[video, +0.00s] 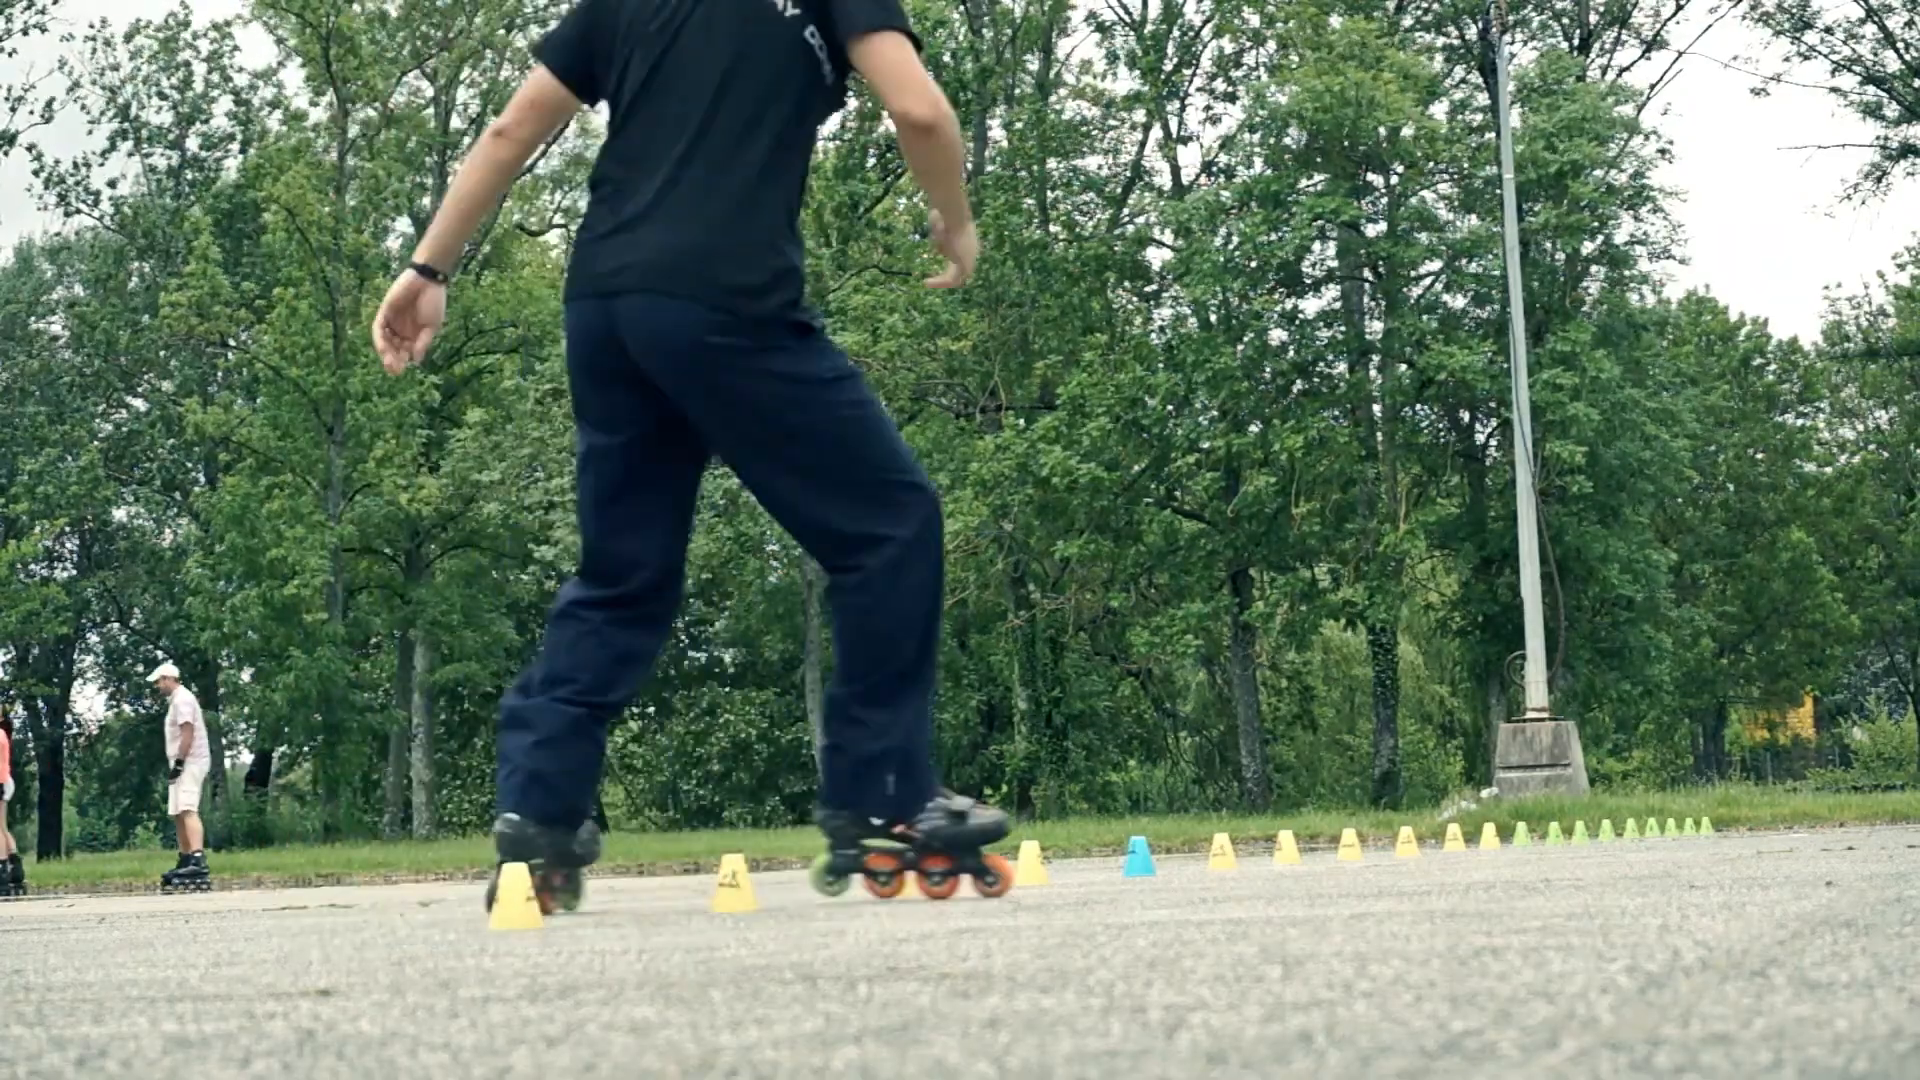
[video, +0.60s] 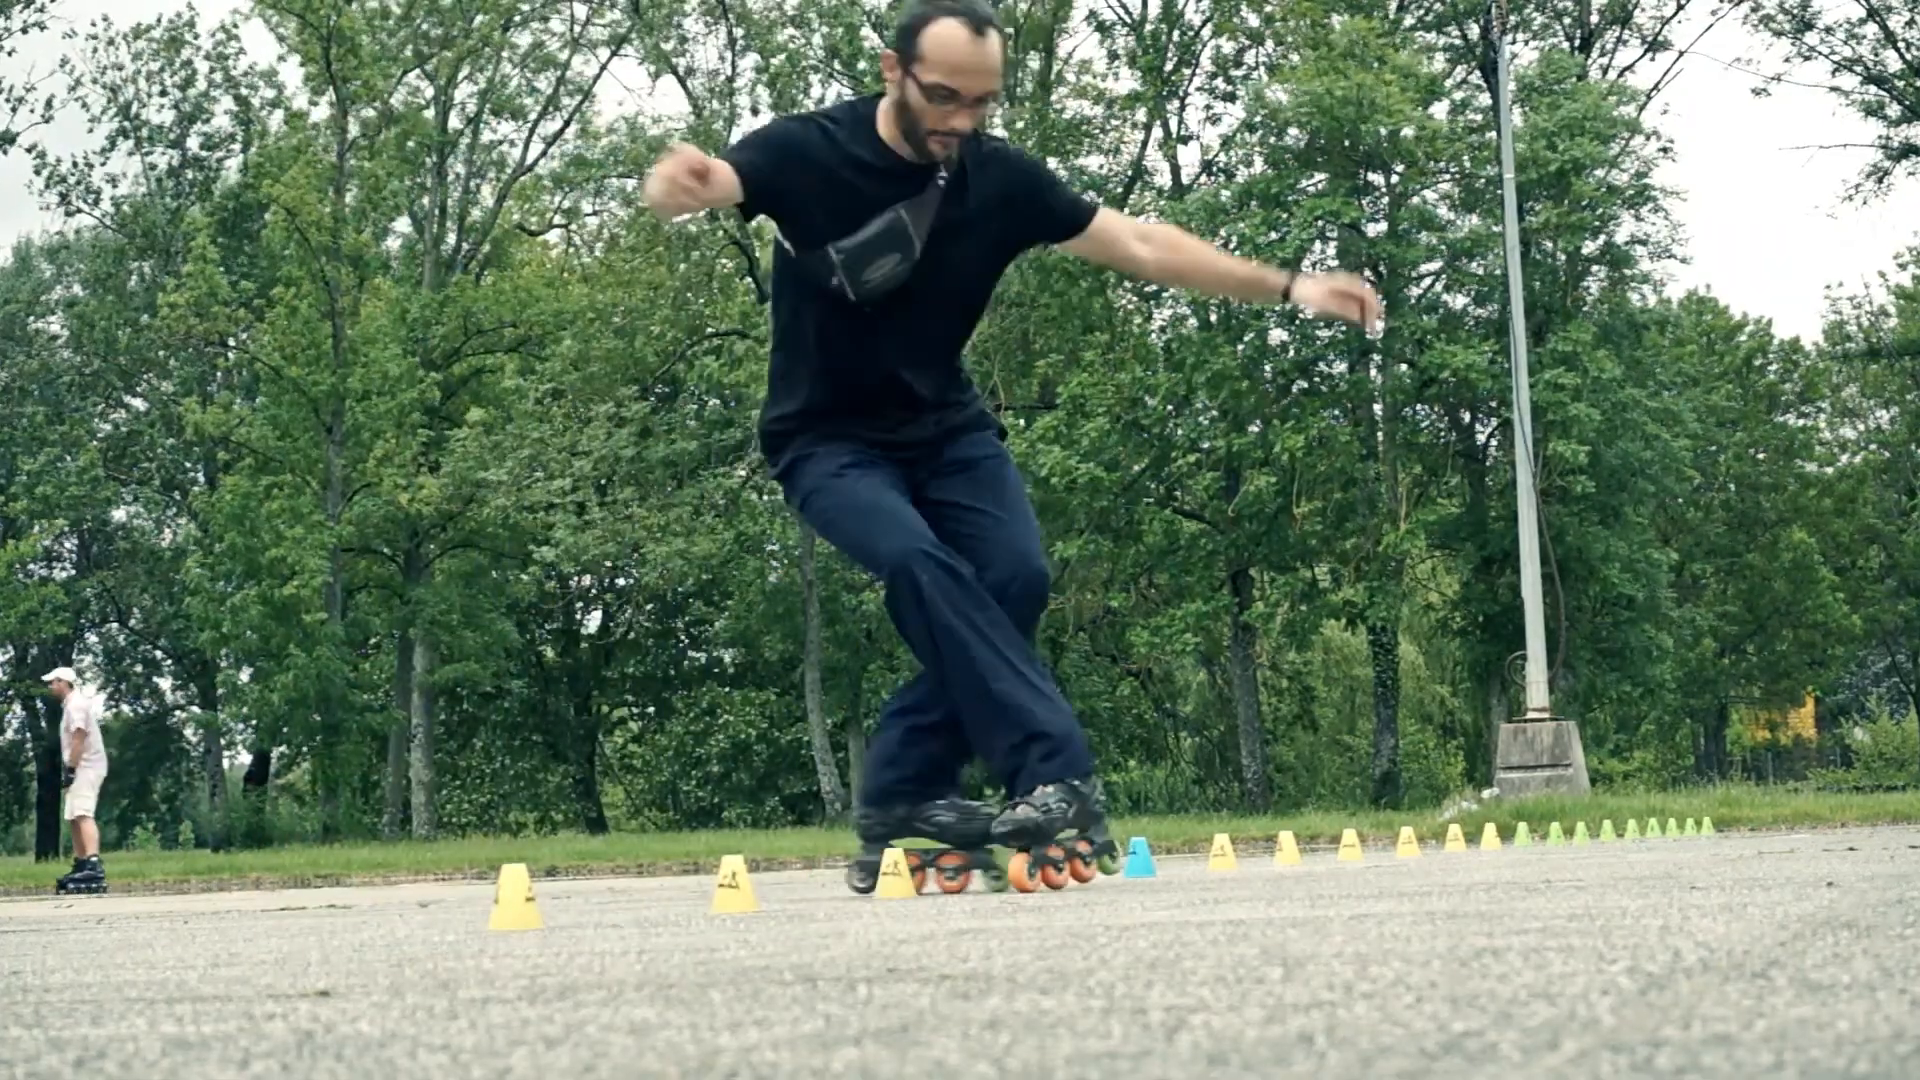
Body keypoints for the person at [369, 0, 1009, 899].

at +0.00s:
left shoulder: (621, 3)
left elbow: (515, 127)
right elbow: (920, 109)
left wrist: (429, 265)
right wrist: (955, 223)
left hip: (602, 306)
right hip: (728, 302)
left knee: (619, 578)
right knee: (891, 524)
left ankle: (538, 809)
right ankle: (882, 798)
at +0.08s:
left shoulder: (682, 7)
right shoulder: (859, 4)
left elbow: (565, 129)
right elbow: (934, 111)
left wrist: (465, 254)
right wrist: (1019, 226)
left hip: (645, 318)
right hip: (736, 319)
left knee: (691, 584)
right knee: (918, 519)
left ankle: (609, 810)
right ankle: (951, 799)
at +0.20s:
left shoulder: (767, 26)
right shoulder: (884, 11)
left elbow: (654, 158)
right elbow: (954, 134)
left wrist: (552, 281)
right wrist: (1090, 231)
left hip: (736, 355)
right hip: (762, 356)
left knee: (827, 584)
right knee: (930, 524)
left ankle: (760, 796)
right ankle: (980, 785)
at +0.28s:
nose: (1011, 23)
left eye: (1016, 12)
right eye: (1011, 4)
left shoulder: (842, 47)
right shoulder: (888, 35)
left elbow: (721, 199)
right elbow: (958, 158)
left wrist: (644, 329)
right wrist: (1115, 241)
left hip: (844, 375)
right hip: (764, 377)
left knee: (937, 554)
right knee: (936, 536)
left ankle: (863, 796)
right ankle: (982, 783)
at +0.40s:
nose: (1046, 84)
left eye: (1056, 63)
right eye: (1041, 57)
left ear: (982, 35)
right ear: (978, 28)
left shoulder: (938, 130)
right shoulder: (871, 100)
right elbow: (898, 193)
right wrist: (1055, 247)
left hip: (898, 402)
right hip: (788, 416)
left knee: (1036, 553)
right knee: (928, 544)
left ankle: (952, 802)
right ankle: (1011, 779)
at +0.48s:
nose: (1034, 116)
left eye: (1047, 98)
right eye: (1026, 91)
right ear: (962, 63)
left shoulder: (968, 162)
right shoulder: (859, 130)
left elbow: (1010, 279)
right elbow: (812, 202)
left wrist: (1097, 382)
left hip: (922, 419)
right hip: (806, 434)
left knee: (1053, 558)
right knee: (926, 560)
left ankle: (961, 803)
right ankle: (1040, 778)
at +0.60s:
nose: (962, 123)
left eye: (983, 104)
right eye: (944, 99)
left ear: (1000, 92)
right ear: (894, 73)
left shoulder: (1004, 181)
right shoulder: (808, 151)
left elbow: (1139, 245)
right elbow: (703, 184)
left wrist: (1291, 287)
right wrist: (675, 184)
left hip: (945, 421)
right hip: (823, 431)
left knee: (1016, 572)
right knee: (911, 557)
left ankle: (902, 791)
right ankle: (1054, 772)